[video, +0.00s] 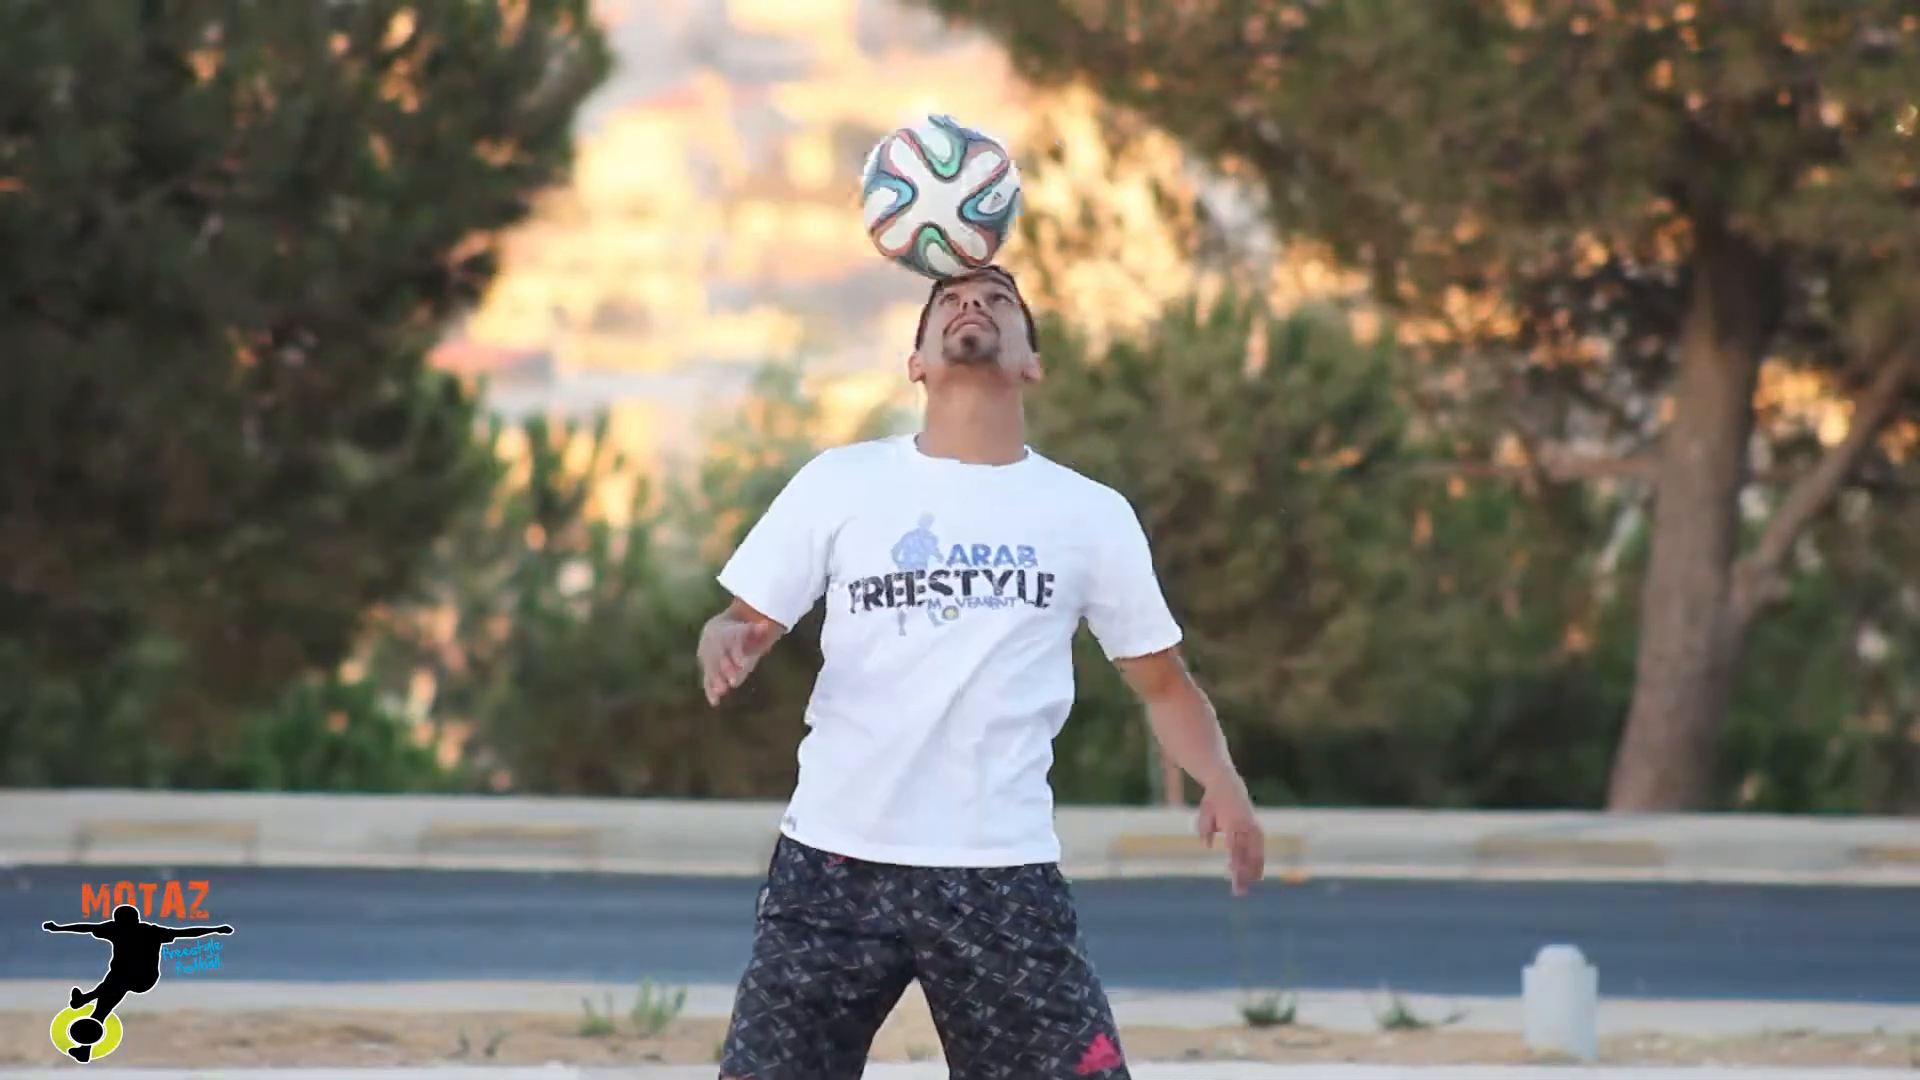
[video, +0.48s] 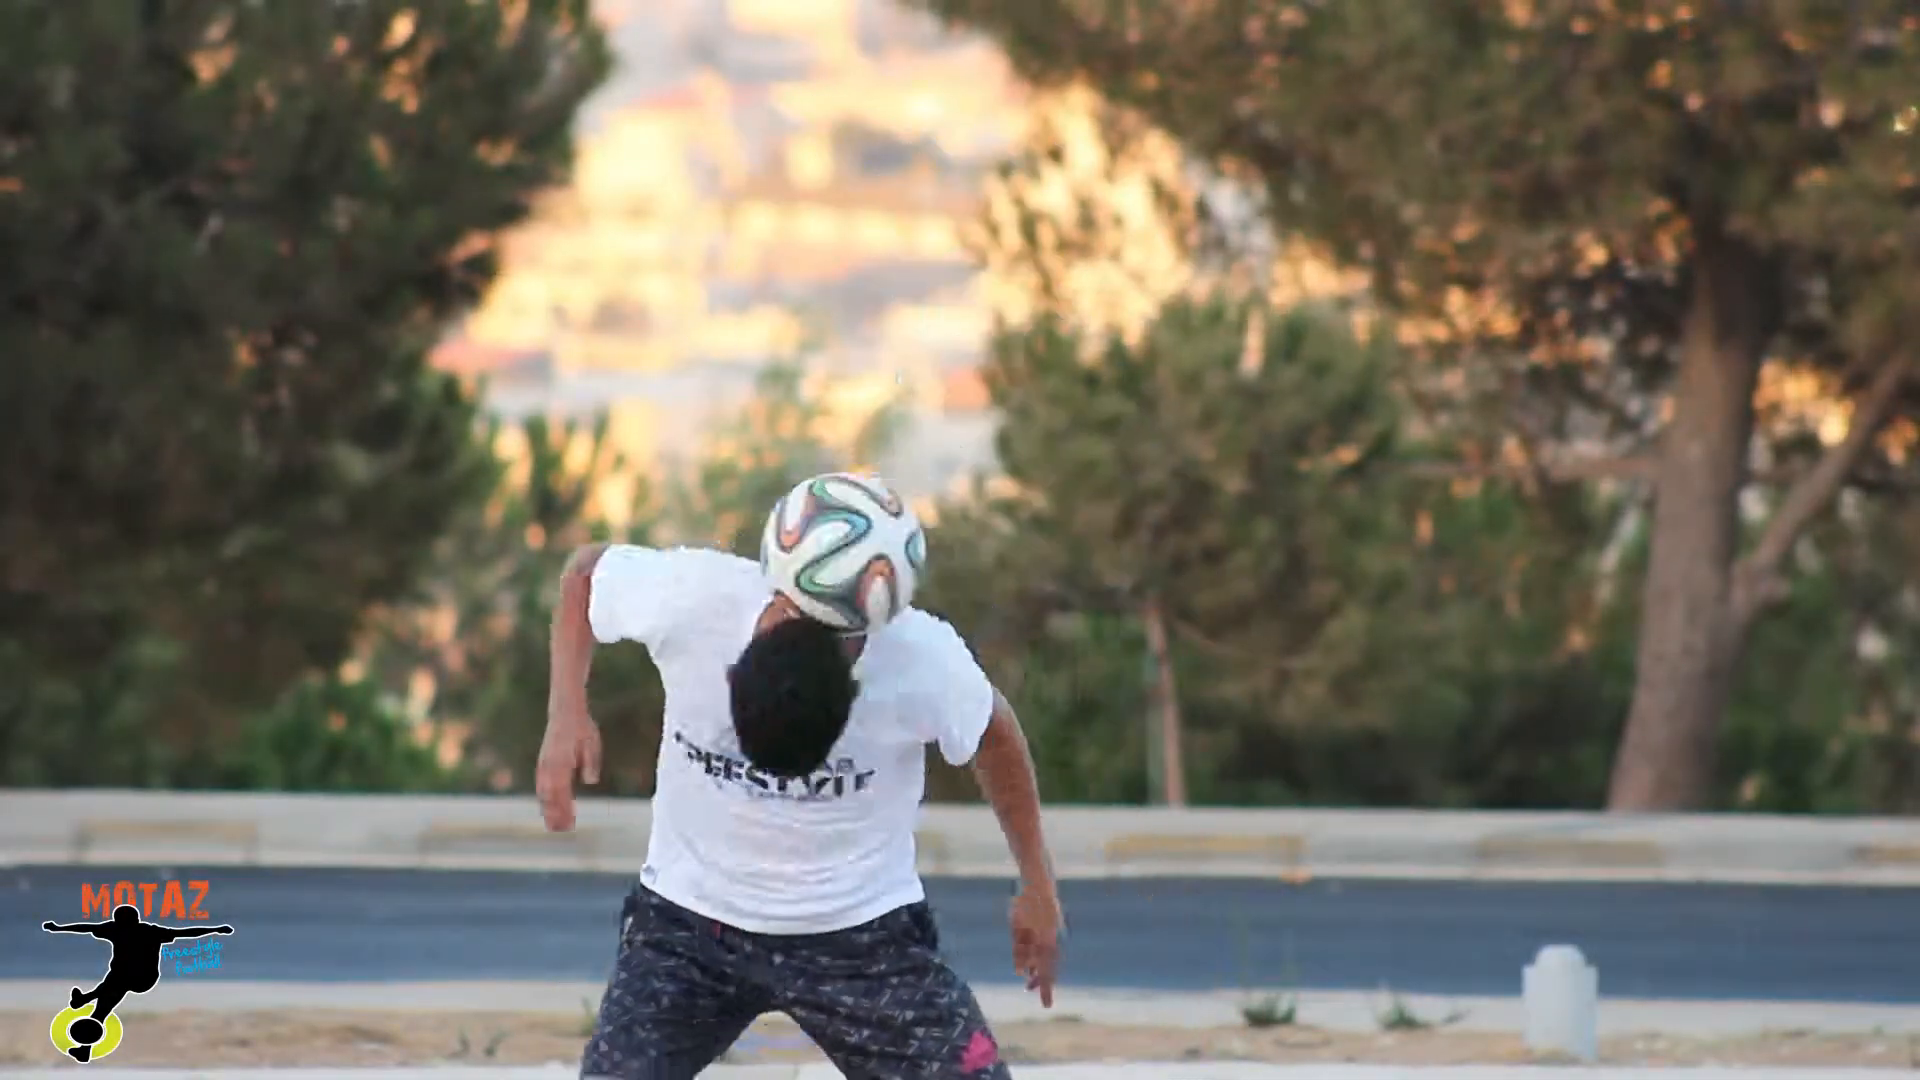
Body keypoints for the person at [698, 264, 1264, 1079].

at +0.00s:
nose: (970, 304)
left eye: (998, 301)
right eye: (948, 301)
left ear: (1032, 367)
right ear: (915, 365)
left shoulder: (1093, 516)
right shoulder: (838, 482)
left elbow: (1163, 681)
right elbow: (742, 617)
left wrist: (1223, 781)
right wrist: (726, 651)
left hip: (1001, 886)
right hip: (829, 876)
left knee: (1075, 1071)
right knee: (764, 1069)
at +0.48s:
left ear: (859, 665)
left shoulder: (927, 663)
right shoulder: (689, 599)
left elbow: (995, 739)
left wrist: (1038, 884)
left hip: (866, 950)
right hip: (683, 940)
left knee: (973, 1069)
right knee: (614, 1070)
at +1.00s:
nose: (1161, 438)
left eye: (1177, 437)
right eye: (1134, 425)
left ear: (1185, 493)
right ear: (1074, 465)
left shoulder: (1167, 669)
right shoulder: (980, 533)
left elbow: (1104, 826)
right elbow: (801, 616)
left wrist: (1142, 906)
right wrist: (855, 690)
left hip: (1020, 954)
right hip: (854, 937)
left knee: (1151, 1070)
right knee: (768, 1067)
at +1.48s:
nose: (1256, 332)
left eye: (1293, 330)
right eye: (1248, 327)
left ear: (1329, 400)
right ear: (1222, 372)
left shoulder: (1354, 569)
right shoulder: (1113, 471)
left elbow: (1391, 767)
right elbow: (951, 584)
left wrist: (1334, 872)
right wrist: (989, 571)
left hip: (1220, 917)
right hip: (1043, 890)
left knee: (1292, 1073)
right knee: (943, 1070)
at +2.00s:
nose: (1066, 414)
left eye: (1074, 401)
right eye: (1046, 434)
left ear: (1148, 429)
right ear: (1067, 502)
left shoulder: (1294, 512)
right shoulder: (1078, 604)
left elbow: (1433, 653)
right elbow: (1072, 797)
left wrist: (1459, 741)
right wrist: (983, 777)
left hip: (1263, 945)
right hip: (1092, 943)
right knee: (983, 1073)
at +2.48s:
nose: (1339, 544)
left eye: (1363, 573)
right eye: (1355, 531)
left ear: (1330, 640)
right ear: (1318, 519)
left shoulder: (1285, 704)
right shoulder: (1119, 524)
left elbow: (1260, 832)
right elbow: (952, 576)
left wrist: (1383, 946)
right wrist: (984, 657)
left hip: (1154, 972)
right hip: (969, 949)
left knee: (1272, 1067)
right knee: (885, 1065)